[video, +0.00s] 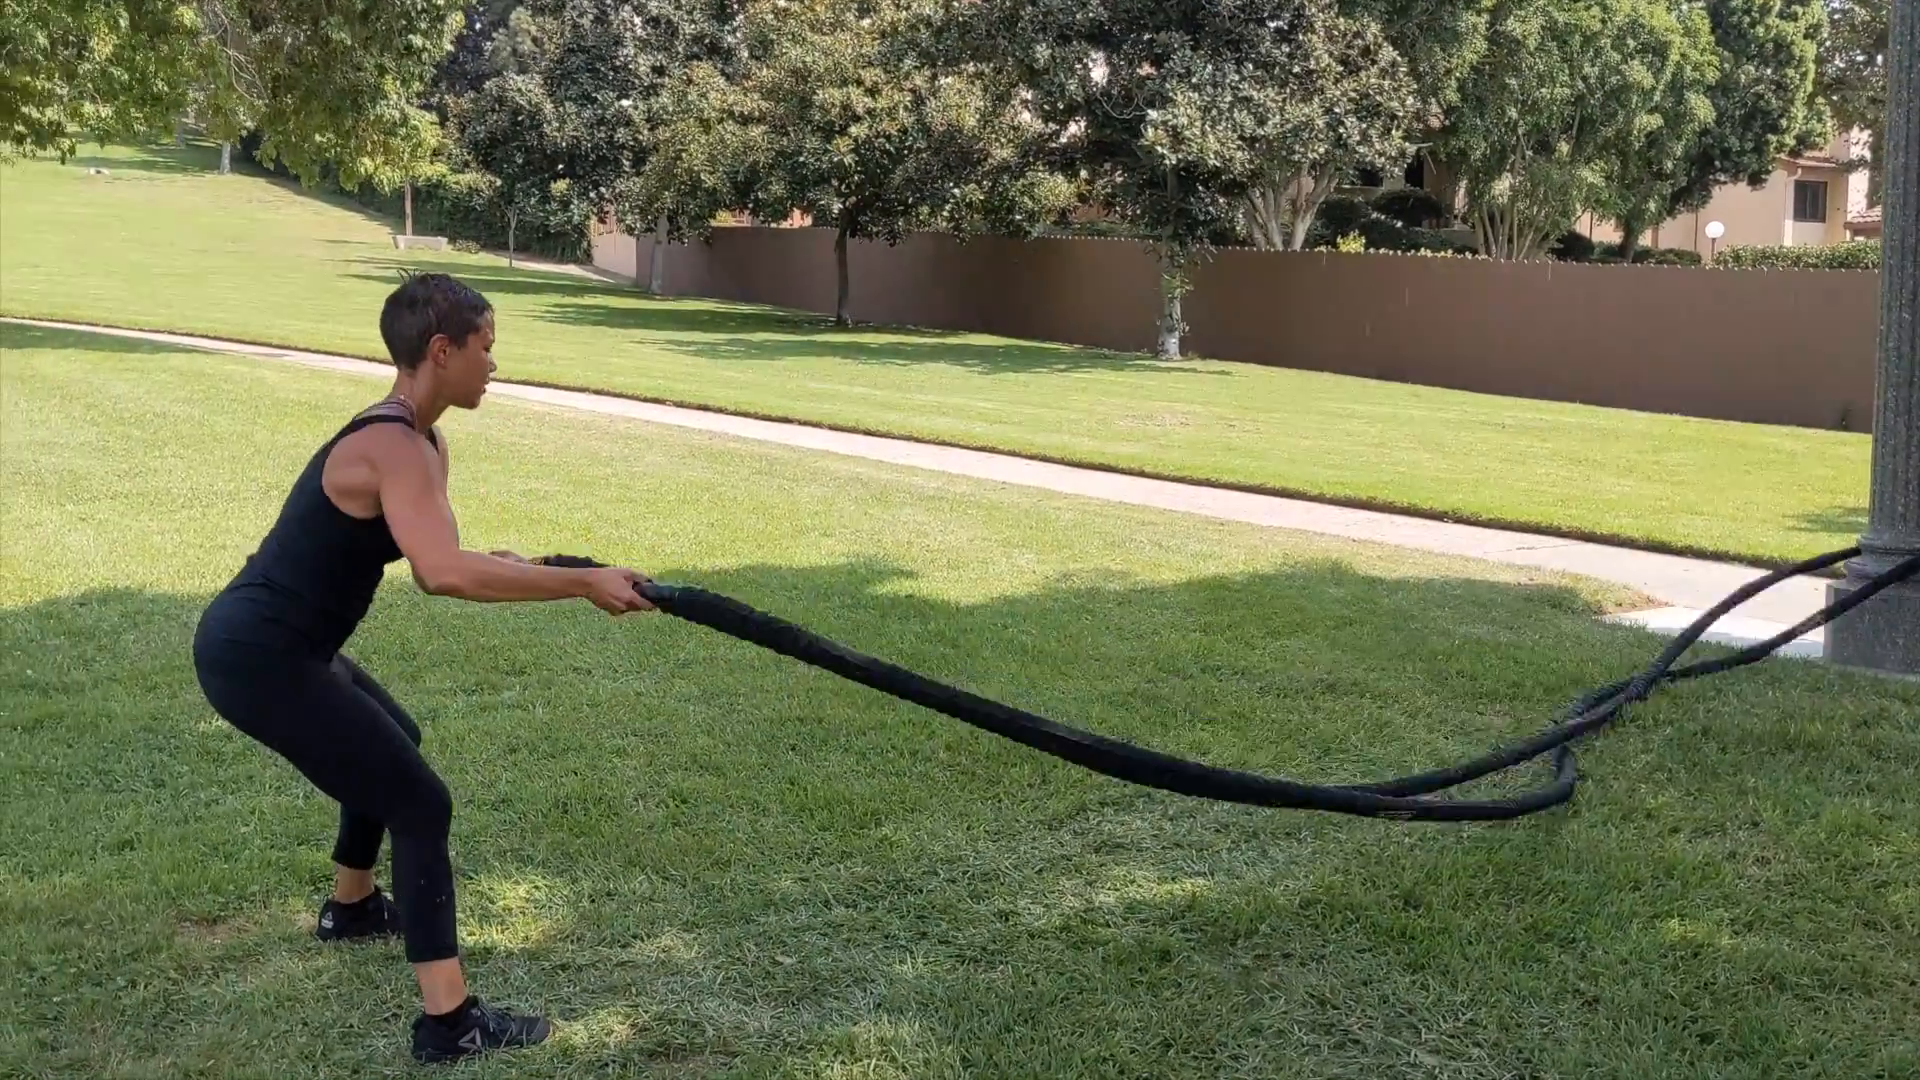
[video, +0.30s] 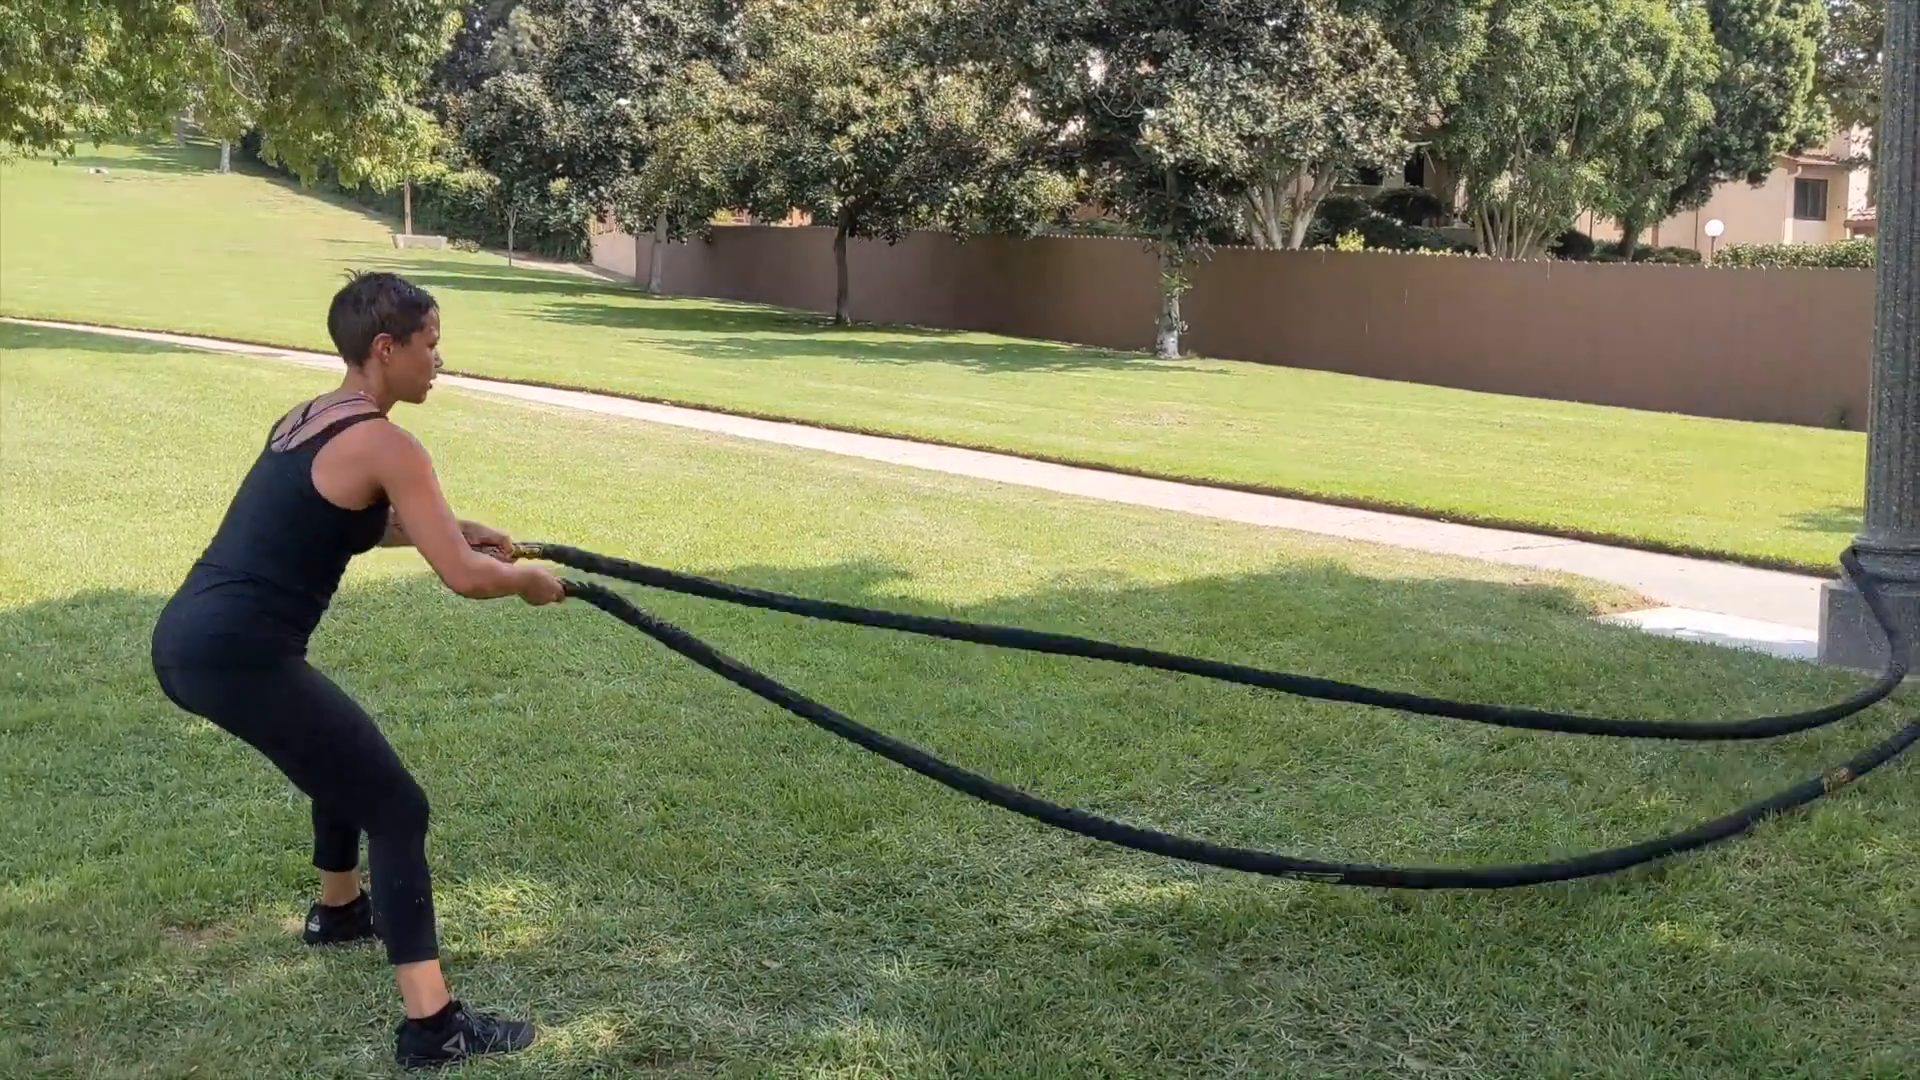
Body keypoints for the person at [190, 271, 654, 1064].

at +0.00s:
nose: (493, 364)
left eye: (492, 347)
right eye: (485, 347)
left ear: (435, 351)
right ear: (439, 350)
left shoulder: (423, 443)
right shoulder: (394, 448)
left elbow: (441, 562)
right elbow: (442, 572)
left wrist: (560, 571)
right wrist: (584, 582)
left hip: (284, 642)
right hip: (257, 657)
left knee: (397, 740)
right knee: (422, 804)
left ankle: (351, 902)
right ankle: (448, 1018)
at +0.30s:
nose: (439, 359)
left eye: (439, 343)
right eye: (431, 343)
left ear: (371, 349)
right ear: (384, 348)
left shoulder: (311, 415)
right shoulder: (389, 448)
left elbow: (353, 525)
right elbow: (464, 574)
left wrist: (461, 535)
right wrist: (525, 579)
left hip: (190, 641)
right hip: (242, 657)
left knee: (339, 758)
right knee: (396, 806)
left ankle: (341, 906)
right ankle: (431, 1020)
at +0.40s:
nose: (439, 362)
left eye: (438, 347)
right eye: (430, 347)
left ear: (367, 352)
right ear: (387, 351)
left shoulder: (290, 414)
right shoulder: (408, 453)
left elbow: (294, 513)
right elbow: (465, 579)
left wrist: (381, 543)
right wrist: (491, 585)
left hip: (182, 644)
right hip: (251, 658)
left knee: (332, 752)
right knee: (411, 807)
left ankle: (335, 907)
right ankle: (428, 1019)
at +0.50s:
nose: (444, 367)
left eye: (443, 352)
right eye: (436, 352)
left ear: (368, 358)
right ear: (395, 357)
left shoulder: (296, 416)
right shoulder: (416, 455)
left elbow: (203, 498)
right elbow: (471, 577)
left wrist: (297, 513)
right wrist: (468, 546)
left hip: (182, 645)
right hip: (252, 659)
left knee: (329, 751)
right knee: (415, 808)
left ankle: (333, 910)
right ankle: (424, 1022)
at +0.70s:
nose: (447, 370)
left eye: (446, 355)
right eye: (440, 355)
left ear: (367, 358)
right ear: (398, 359)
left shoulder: (294, 417)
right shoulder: (417, 460)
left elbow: (227, 502)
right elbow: (448, 579)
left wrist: (330, 518)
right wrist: (411, 519)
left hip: (176, 651)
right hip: (245, 670)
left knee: (317, 759)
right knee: (413, 813)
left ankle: (323, 914)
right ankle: (416, 1026)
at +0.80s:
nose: (443, 371)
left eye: (443, 355)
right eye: (436, 354)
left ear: (369, 359)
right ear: (393, 357)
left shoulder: (314, 428)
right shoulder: (397, 452)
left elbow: (358, 554)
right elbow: (455, 585)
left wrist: (451, 569)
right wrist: (479, 582)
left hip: (176, 654)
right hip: (226, 674)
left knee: (317, 767)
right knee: (397, 814)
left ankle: (319, 916)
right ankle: (412, 1028)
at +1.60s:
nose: (355, 376)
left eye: (354, 360)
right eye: (347, 360)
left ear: (282, 365)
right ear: (298, 363)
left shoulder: (210, 434)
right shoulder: (304, 467)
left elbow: (236, 550)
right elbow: (381, 603)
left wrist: (339, 564)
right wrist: (453, 626)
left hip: (88, 662)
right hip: (148, 682)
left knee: (251, 770)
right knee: (318, 821)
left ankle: (263, 920)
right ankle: (346, 1037)